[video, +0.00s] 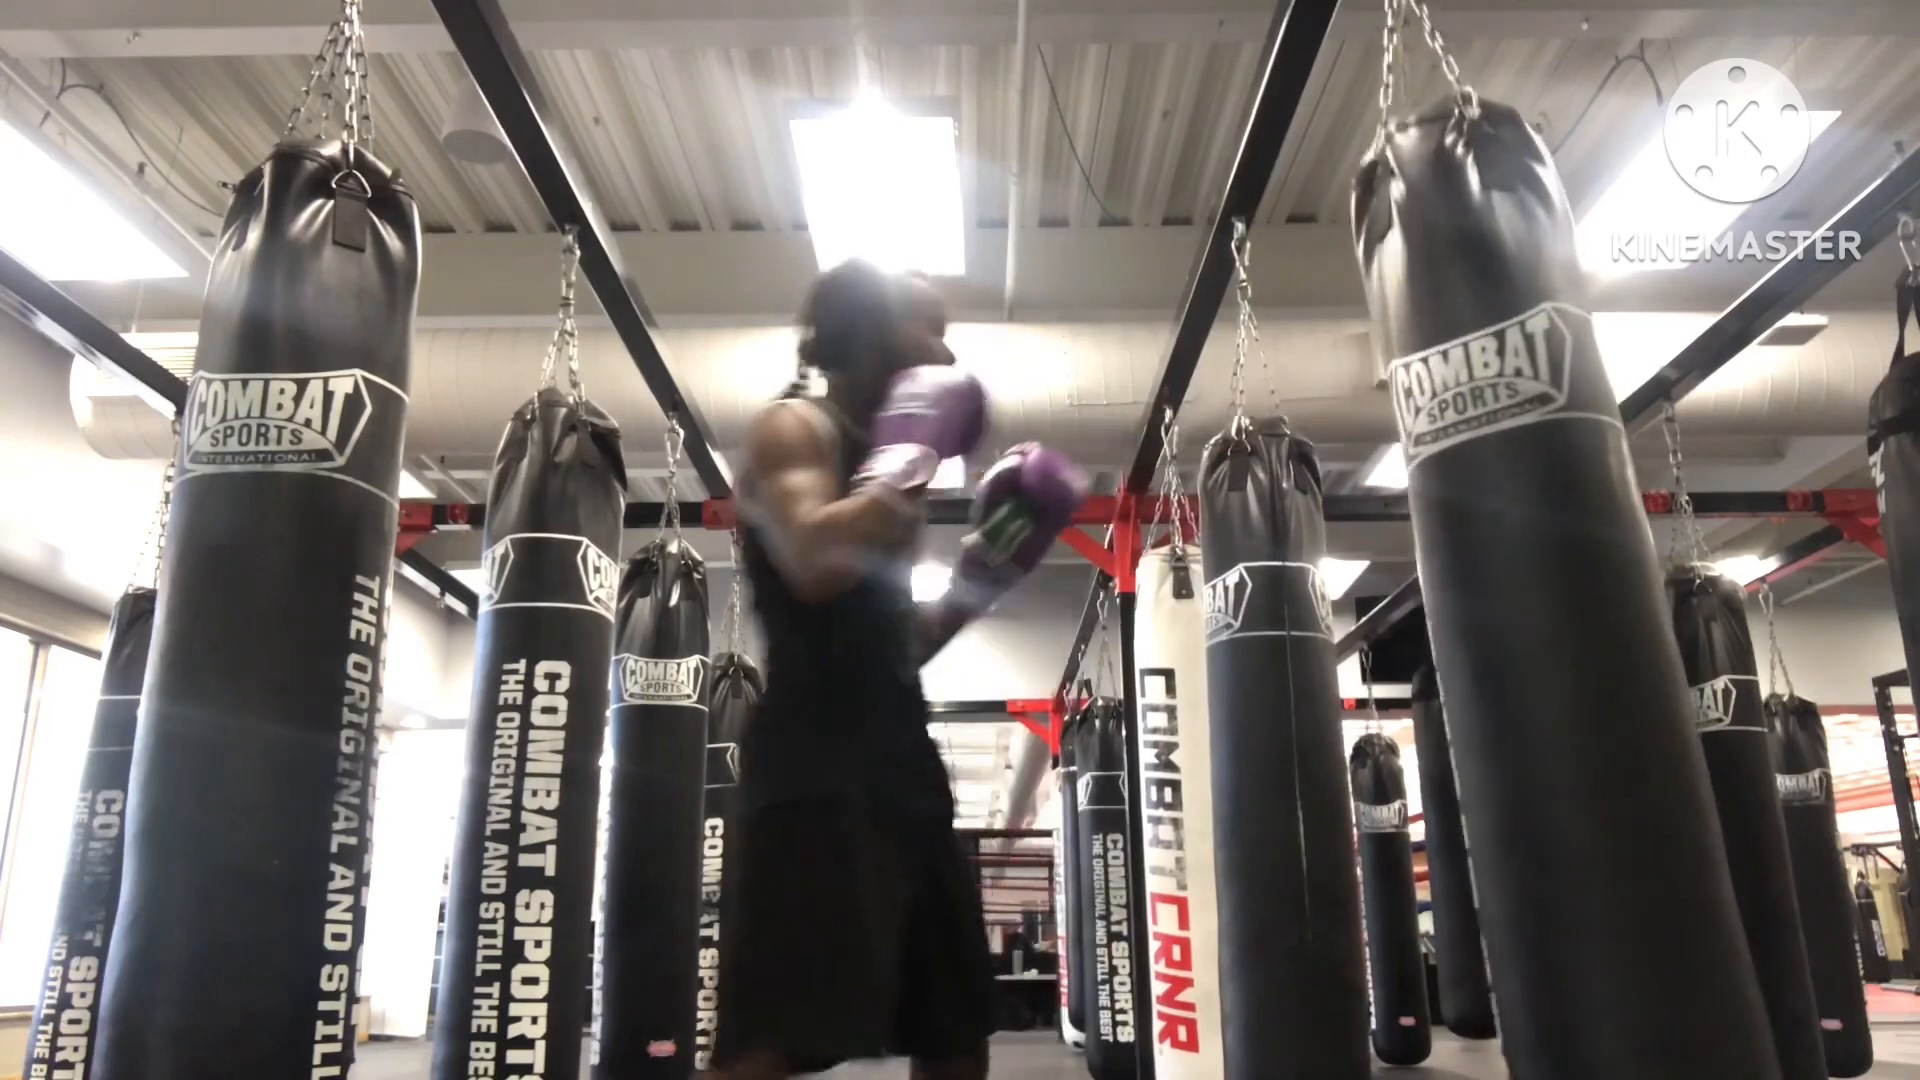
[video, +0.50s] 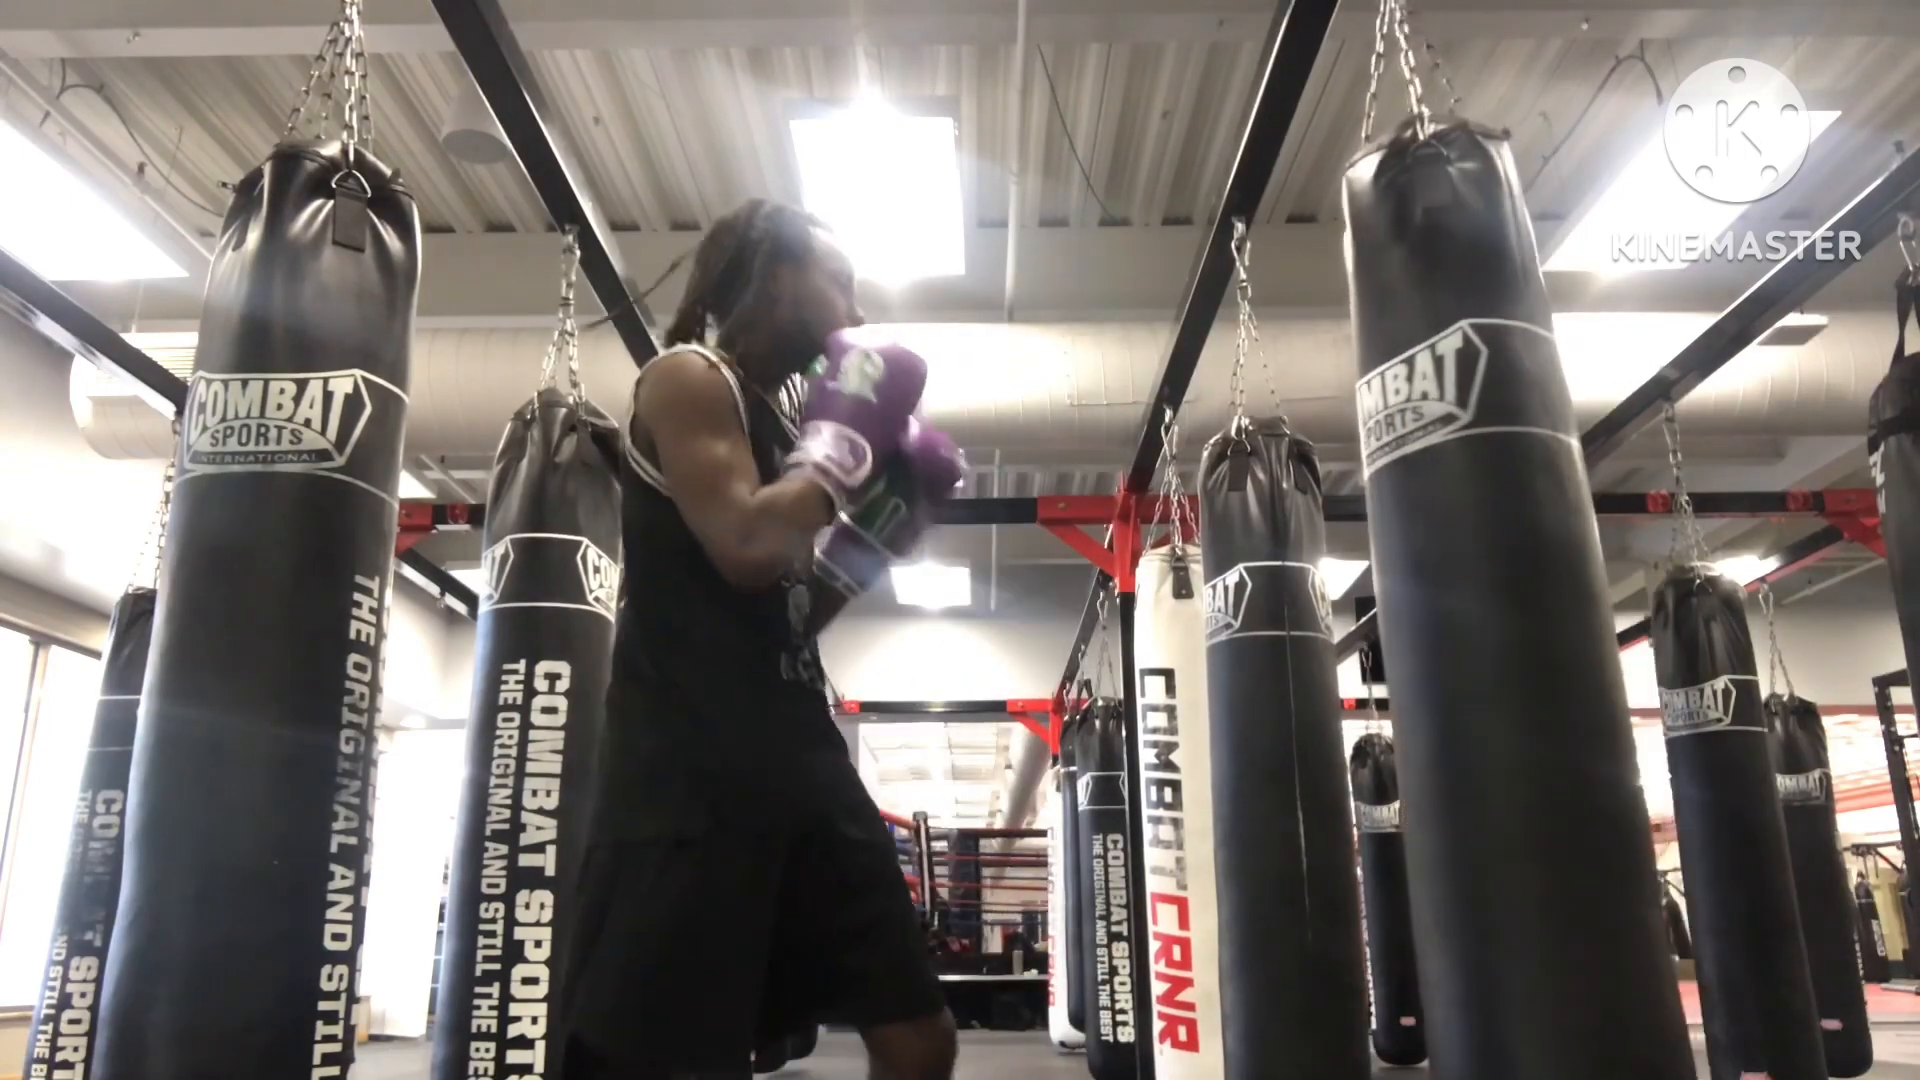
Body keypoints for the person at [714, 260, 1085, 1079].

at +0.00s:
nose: (946, 352)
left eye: (944, 332)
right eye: (930, 329)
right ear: (875, 332)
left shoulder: (878, 463)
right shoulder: (792, 425)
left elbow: (894, 652)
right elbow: (811, 558)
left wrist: (977, 577)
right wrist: (918, 450)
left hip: (897, 763)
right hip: (814, 766)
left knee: (952, 1030)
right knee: (771, 1035)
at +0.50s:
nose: (853, 308)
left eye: (851, 286)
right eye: (835, 279)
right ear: (768, 276)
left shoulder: (772, 418)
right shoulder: (686, 375)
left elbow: (789, 617)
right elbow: (746, 543)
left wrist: (890, 526)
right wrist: (843, 437)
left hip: (796, 760)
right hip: (695, 765)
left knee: (916, 1038)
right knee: (672, 1048)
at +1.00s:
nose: (950, 315)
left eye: (949, 293)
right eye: (936, 288)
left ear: (870, 293)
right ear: (869, 281)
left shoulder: (864, 410)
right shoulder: (787, 367)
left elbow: (873, 613)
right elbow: (848, 540)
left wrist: (969, 532)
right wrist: (944, 429)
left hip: (876, 772)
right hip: (783, 771)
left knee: (960, 1047)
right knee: (728, 1046)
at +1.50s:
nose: (954, 278)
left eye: (954, 253)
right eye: (942, 248)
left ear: (879, 245)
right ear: (878, 237)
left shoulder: (849, 373)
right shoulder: (776, 318)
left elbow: (912, 555)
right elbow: (860, 513)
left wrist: (964, 451)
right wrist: (960, 420)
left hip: (872, 734)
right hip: (790, 738)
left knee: (1003, 1031)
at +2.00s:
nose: (1029, 235)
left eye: (1027, 213)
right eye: (1019, 207)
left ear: (922, 192)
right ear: (974, 196)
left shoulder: (885, 288)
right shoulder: (904, 260)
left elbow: (1000, 485)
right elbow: (1004, 479)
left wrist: (1071, 395)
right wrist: (1078, 392)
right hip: (888, 753)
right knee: (923, 1035)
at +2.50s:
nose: (1014, 141)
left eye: (1009, 117)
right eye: (1003, 115)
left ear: (882, 116)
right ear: (966, 113)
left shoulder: (857, 237)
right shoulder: (914, 207)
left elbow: (939, 443)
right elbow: (995, 453)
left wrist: (1041, 379)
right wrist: (1088, 401)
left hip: (842, 754)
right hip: (893, 758)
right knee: (928, 1039)